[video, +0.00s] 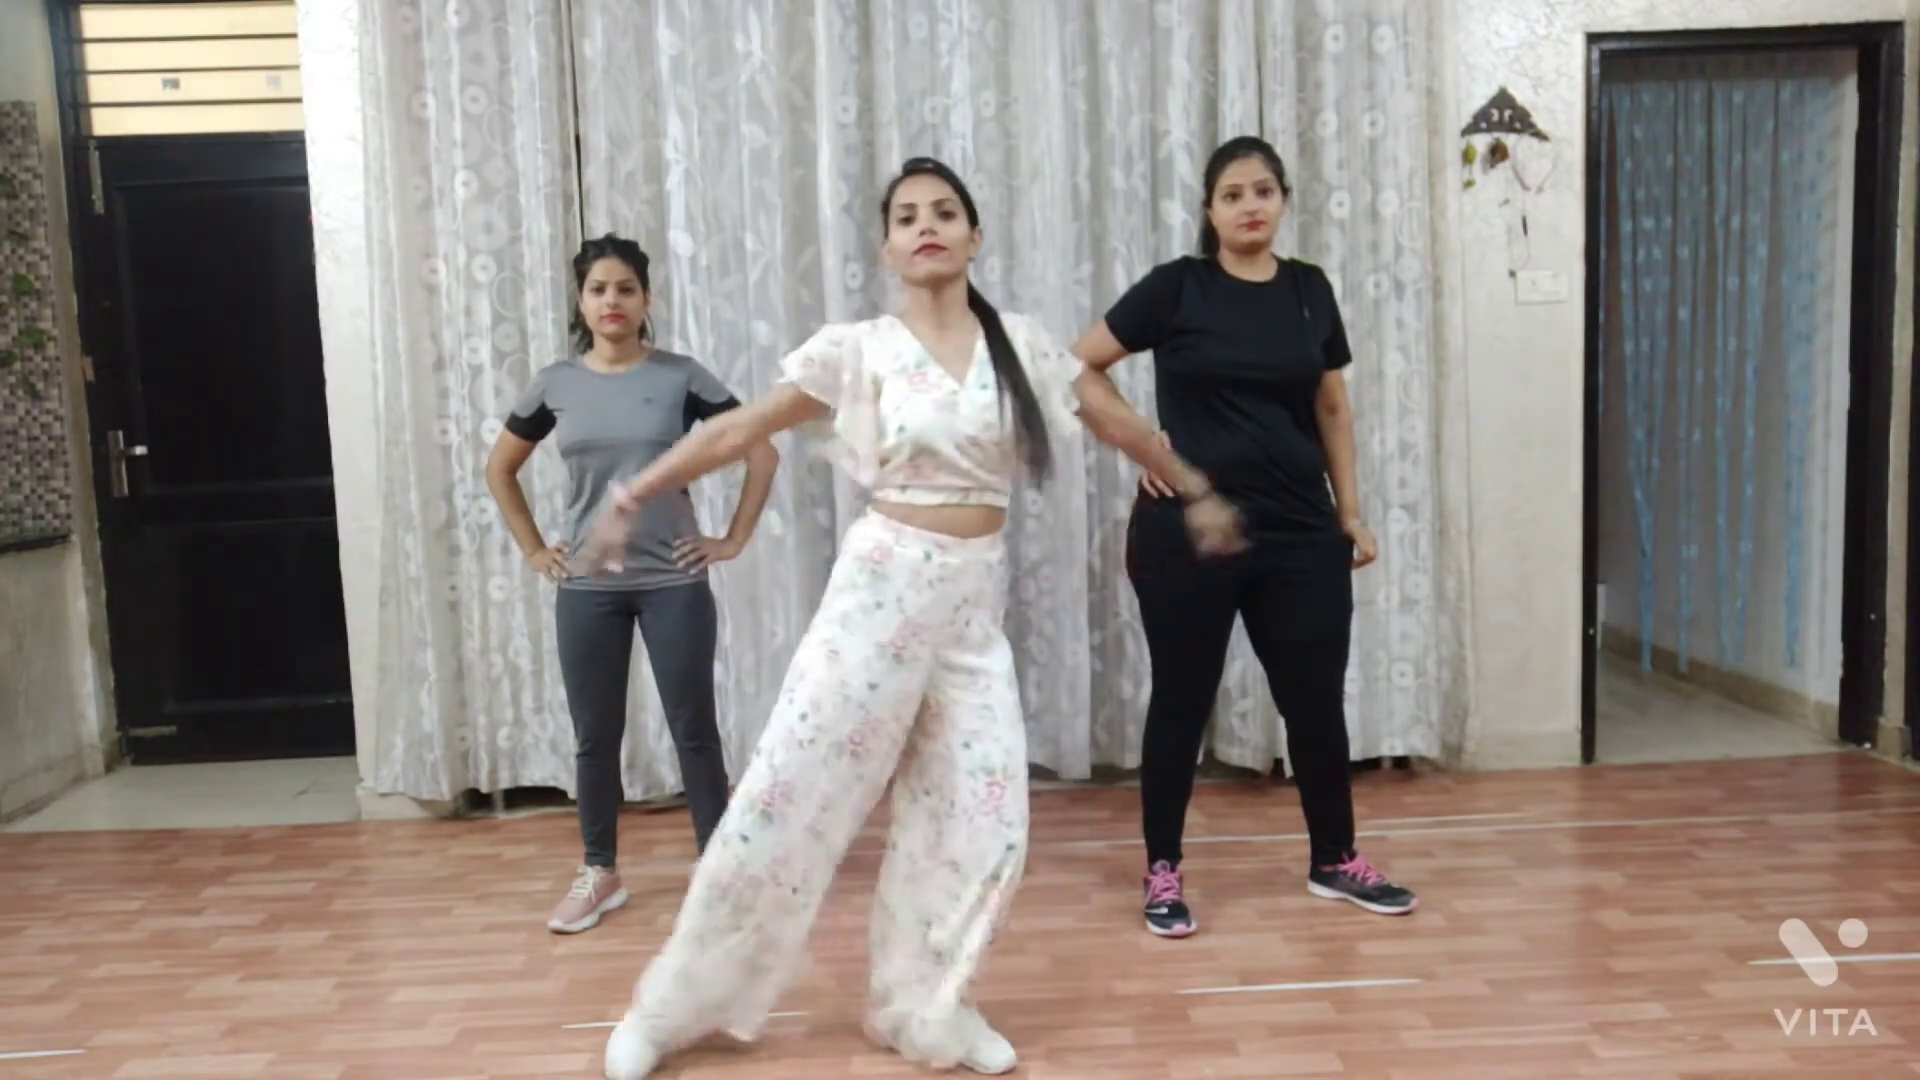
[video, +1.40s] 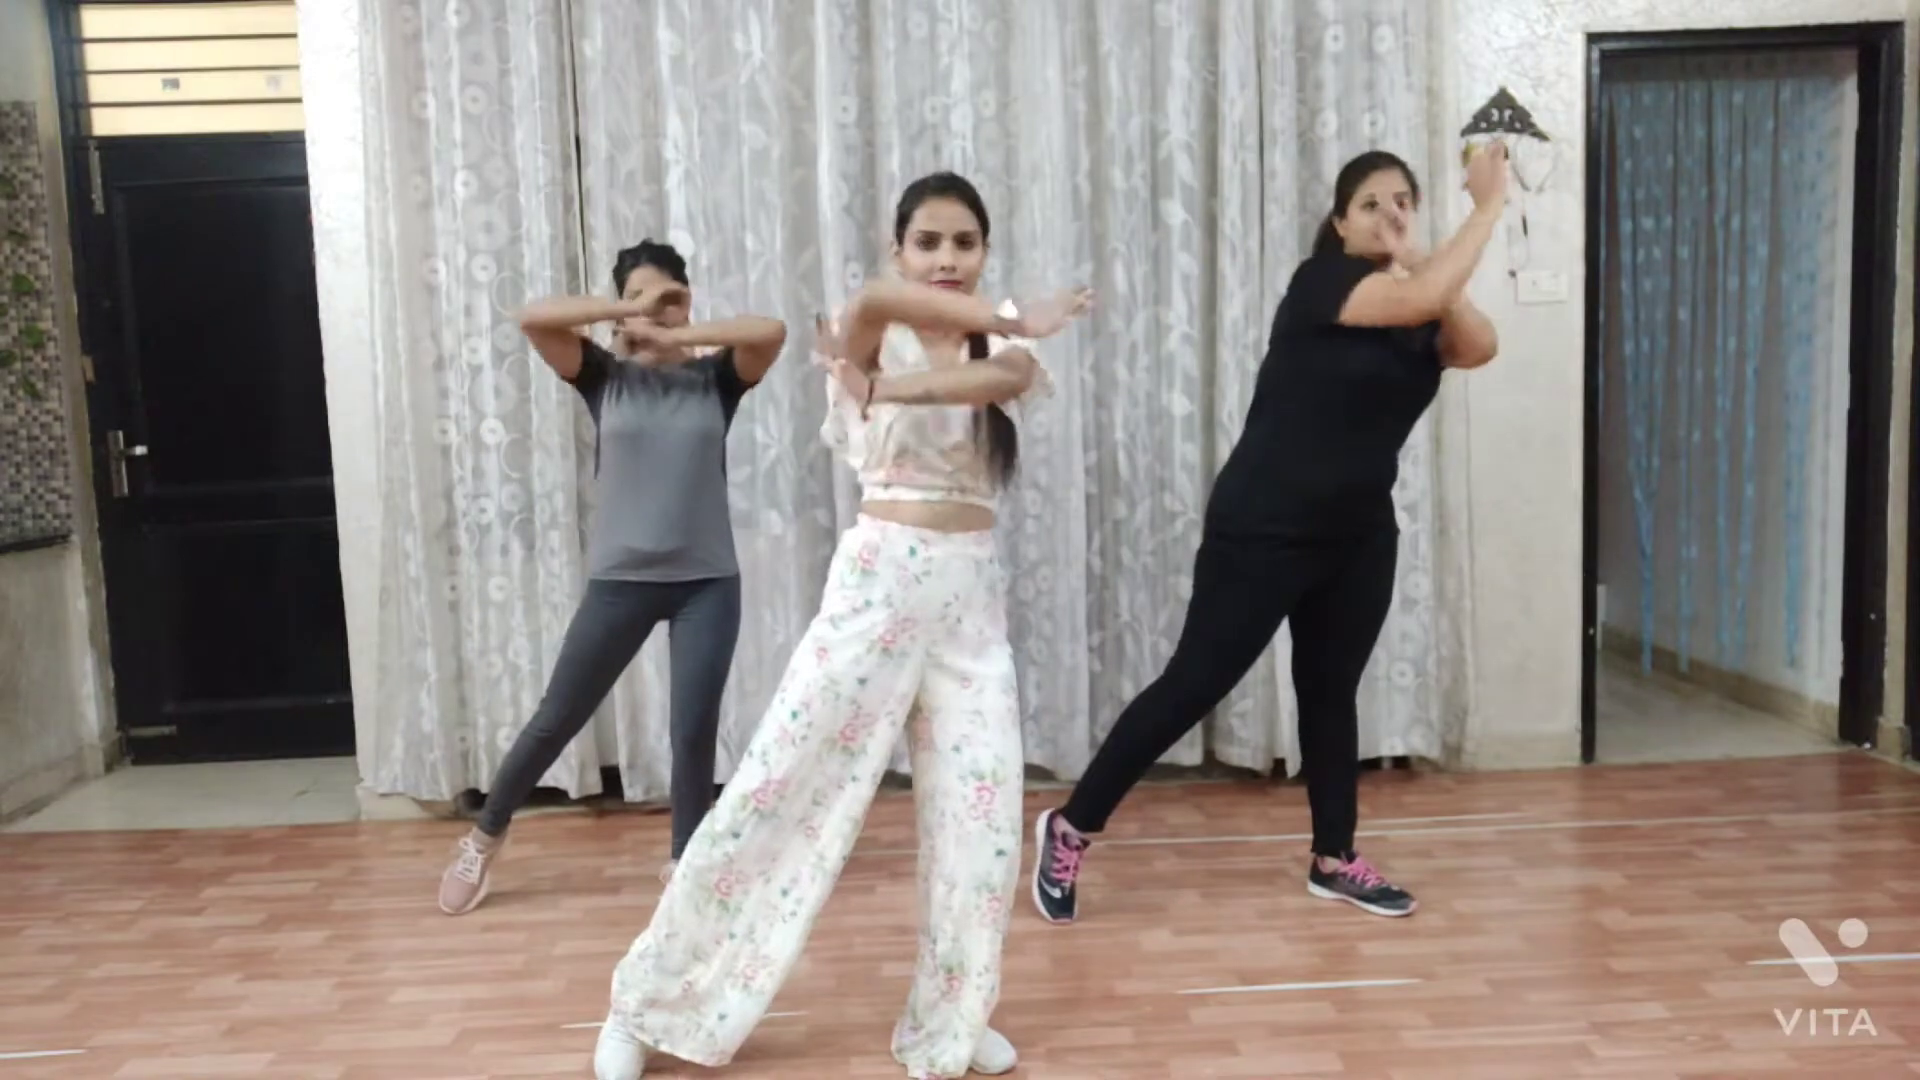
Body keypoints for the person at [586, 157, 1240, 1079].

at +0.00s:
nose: (927, 230)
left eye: (944, 215)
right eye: (908, 219)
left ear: (975, 236)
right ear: (887, 244)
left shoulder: (1021, 342)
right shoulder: (856, 349)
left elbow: (1120, 424)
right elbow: (738, 428)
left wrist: (1198, 494)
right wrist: (632, 491)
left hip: (975, 608)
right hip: (879, 600)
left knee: (991, 822)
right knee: (785, 798)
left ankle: (926, 1003)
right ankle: (662, 1013)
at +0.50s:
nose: (926, 238)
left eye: (944, 224)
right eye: (907, 228)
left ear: (974, 250)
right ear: (885, 256)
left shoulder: (1009, 341)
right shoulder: (864, 348)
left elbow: (1131, 372)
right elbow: (772, 378)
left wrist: (1248, 404)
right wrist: (675, 408)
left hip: (972, 606)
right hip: (871, 599)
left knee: (983, 823)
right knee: (768, 797)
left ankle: (948, 1030)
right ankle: (646, 1014)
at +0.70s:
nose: (933, 240)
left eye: (950, 227)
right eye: (916, 228)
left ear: (979, 247)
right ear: (891, 250)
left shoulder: (1005, 343)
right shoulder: (866, 341)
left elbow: (1072, 373)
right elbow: (812, 357)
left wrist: (1141, 405)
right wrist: (754, 380)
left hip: (971, 605)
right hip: (872, 596)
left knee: (986, 822)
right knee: (769, 789)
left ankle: (949, 1024)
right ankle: (646, 1010)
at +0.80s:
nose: (938, 241)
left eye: (954, 227)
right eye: (919, 228)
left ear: (980, 245)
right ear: (894, 247)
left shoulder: (1006, 338)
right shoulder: (871, 333)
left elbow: (1040, 375)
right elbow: (858, 349)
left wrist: (1068, 412)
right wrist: (861, 357)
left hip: (967, 597)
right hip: (874, 590)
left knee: (983, 813)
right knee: (772, 785)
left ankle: (951, 1023)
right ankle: (648, 1007)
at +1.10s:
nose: (940, 246)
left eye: (957, 232)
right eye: (922, 232)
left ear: (982, 250)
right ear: (893, 249)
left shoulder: (1005, 346)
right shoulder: (861, 331)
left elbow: (1000, 378)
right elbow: (878, 348)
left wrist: (936, 412)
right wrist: (979, 325)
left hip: (971, 597)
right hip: (876, 590)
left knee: (982, 818)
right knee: (773, 785)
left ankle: (949, 1024)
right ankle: (643, 1009)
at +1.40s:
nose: (948, 259)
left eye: (965, 244)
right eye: (930, 243)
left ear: (988, 256)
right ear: (894, 255)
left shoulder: (1006, 339)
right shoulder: (861, 346)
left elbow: (1013, 375)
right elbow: (880, 294)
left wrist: (895, 383)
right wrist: (1014, 320)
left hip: (973, 602)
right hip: (877, 592)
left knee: (987, 825)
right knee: (767, 789)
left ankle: (950, 1025)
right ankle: (639, 1005)